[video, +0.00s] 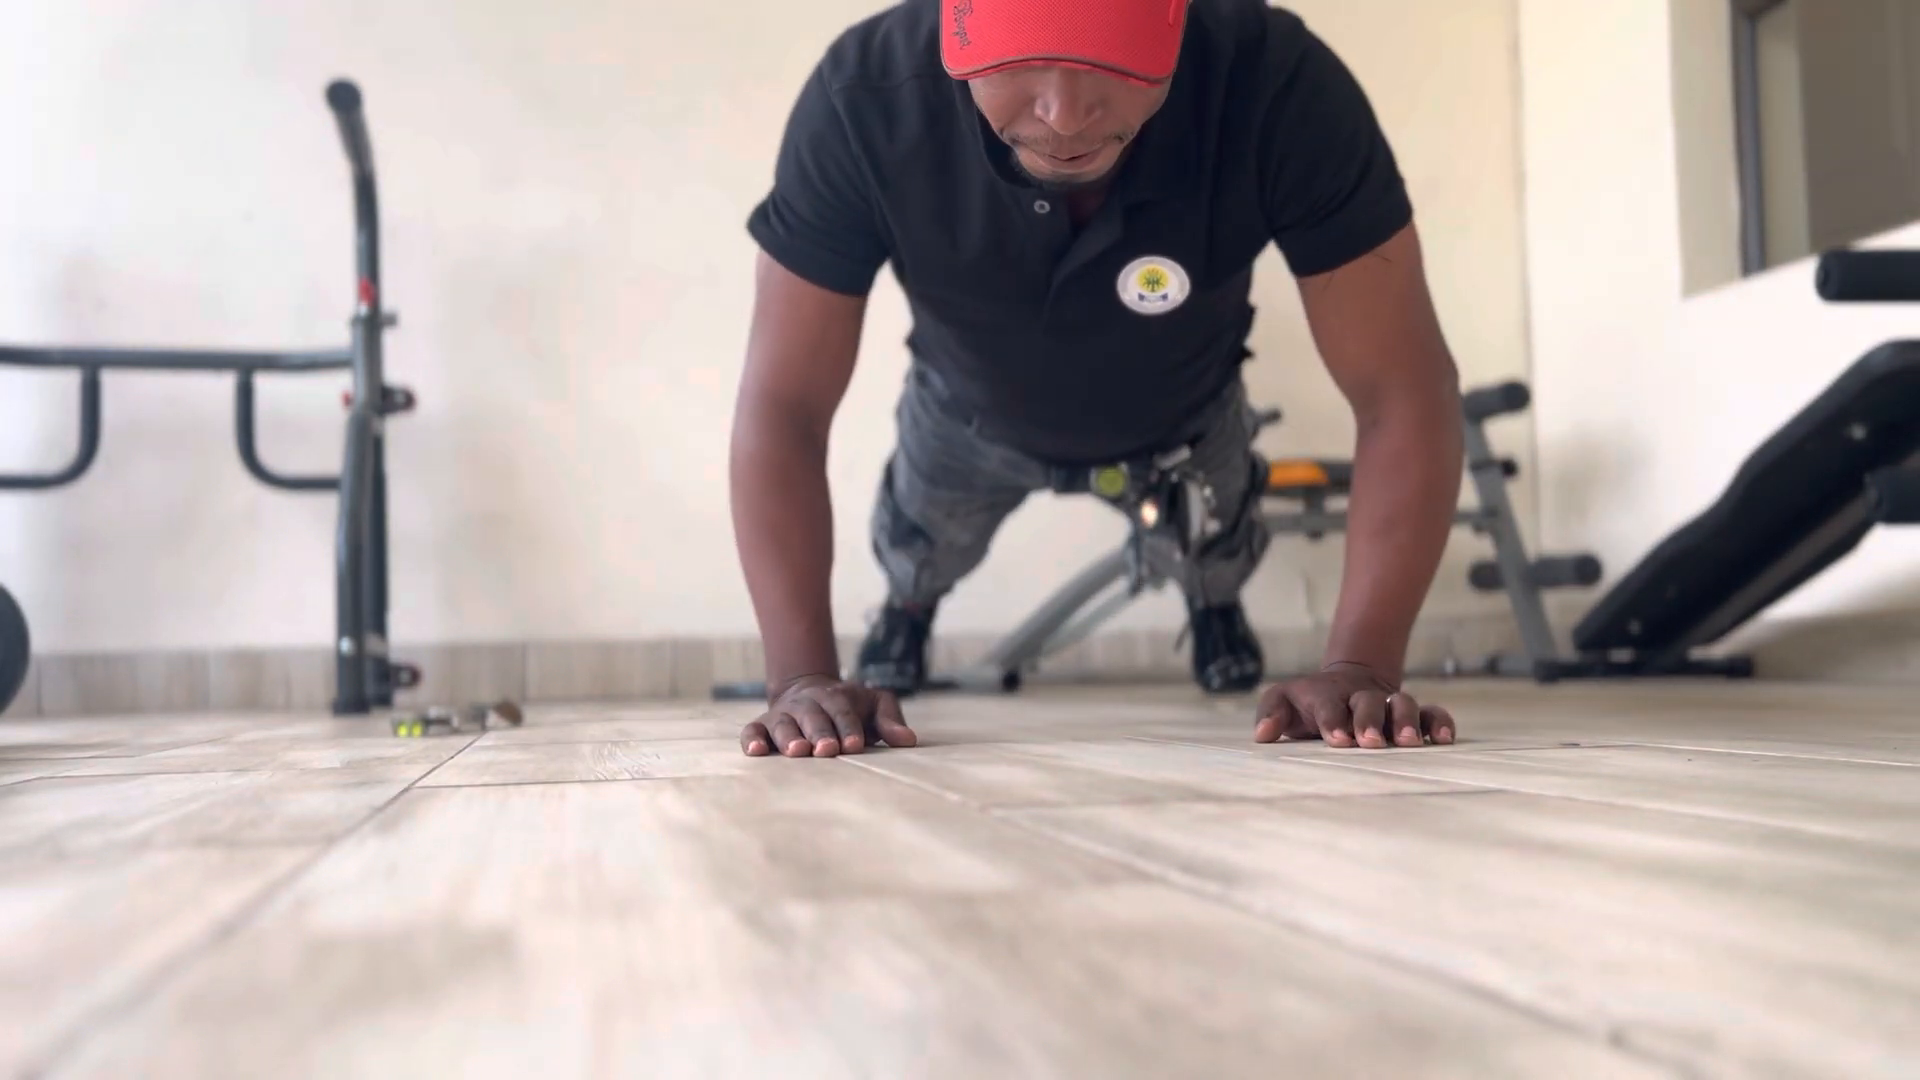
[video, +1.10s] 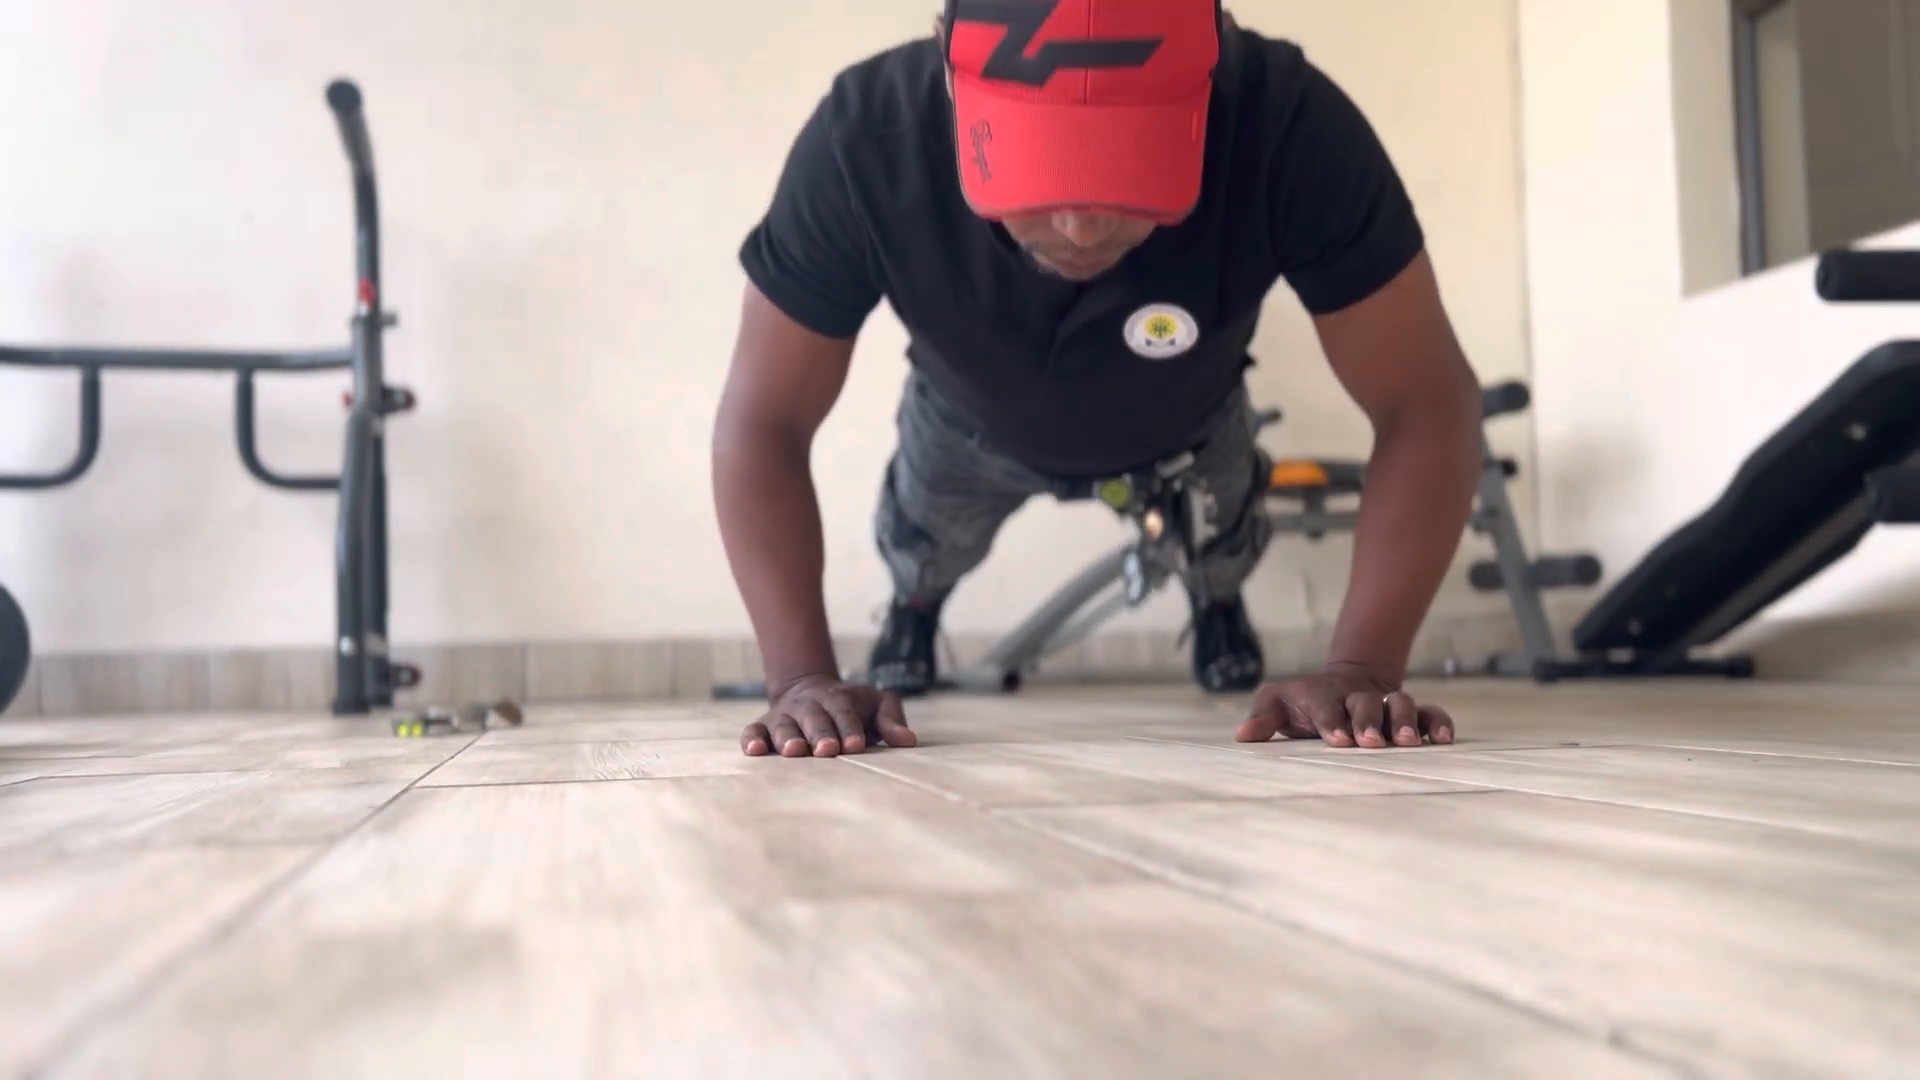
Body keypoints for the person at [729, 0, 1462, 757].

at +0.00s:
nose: (1063, 113)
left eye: (1112, 65)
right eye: (1019, 65)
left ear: (1173, 35)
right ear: (960, 33)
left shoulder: (1275, 85)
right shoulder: (867, 98)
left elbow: (1406, 390)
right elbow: (781, 409)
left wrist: (1360, 669)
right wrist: (798, 682)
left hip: (1183, 415)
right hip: (974, 418)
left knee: (1218, 534)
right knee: (926, 540)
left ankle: (1217, 612)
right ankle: (908, 616)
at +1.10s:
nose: (1080, 228)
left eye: (1122, 187)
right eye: (1039, 187)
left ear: (1189, 110)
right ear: (963, 104)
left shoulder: (1284, 124)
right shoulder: (868, 138)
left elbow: (1430, 405)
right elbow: (761, 425)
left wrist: (1361, 668)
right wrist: (794, 679)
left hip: (1186, 418)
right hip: (974, 424)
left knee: (1221, 535)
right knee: (929, 542)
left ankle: (1219, 613)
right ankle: (917, 621)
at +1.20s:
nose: (1081, 401)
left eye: (1122, 369)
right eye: (1043, 371)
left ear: (1213, 235)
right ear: (961, 245)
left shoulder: (1294, 230)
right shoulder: (871, 241)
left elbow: (1439, 432)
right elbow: (738, 456)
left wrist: (1361, 670)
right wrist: (795, 679)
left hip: (1191, 473)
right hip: (974, 478)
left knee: (1228, 550)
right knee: (930, 564)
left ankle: (1221, 614)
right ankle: (914, 616)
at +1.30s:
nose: (1090, 511)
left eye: (1131, 470)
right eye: (1053, 475)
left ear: (1221, 308)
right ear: (951, 327)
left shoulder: (1299, 311)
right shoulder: (867, 326)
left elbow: (1441, 450)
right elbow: (718, 469)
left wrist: (1361, 671)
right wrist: (794, 681)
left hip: (1203, 527)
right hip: (971, 530)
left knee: (1230, 567)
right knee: (922, 579)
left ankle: (1217, 610)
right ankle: (909, 621)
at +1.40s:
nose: (1098, 583)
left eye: (1142, 552)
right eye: (1061, 557)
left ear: (1220, 379)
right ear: (956, 398)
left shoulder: (1301, 355)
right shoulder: (866, 372)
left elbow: (1449, 450)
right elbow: (714, 471)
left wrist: (1358, 672)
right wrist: (798, 683)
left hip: (1212, 563)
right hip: (960, 566)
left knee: (1228, 602)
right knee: (911, 597)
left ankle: (1204, 628)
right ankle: (902, 640)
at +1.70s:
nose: (1092, 621)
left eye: (1140, 591)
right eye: (1051, 589)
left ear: (1225, 448)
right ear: (959, 447)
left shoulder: (1310, 387)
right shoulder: (866, 400)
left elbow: (1452, 444)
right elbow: (711, 457)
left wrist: (1358, 670)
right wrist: (798, 677)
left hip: (1208, 576)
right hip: (959, 578)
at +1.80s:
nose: (1074, 436)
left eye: (1120, 402)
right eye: (1033, 400)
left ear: (1210, 284)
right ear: (953, 287)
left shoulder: (1303, 274)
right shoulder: (867, 283)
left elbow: (1436, 440)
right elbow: (724, 454)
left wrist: (1356, 668)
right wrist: (796, 679)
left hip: (1187, 508)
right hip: (976, 515)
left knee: (1225, 560)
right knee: (929, 573)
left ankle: (1212, 586)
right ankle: (914, 607)